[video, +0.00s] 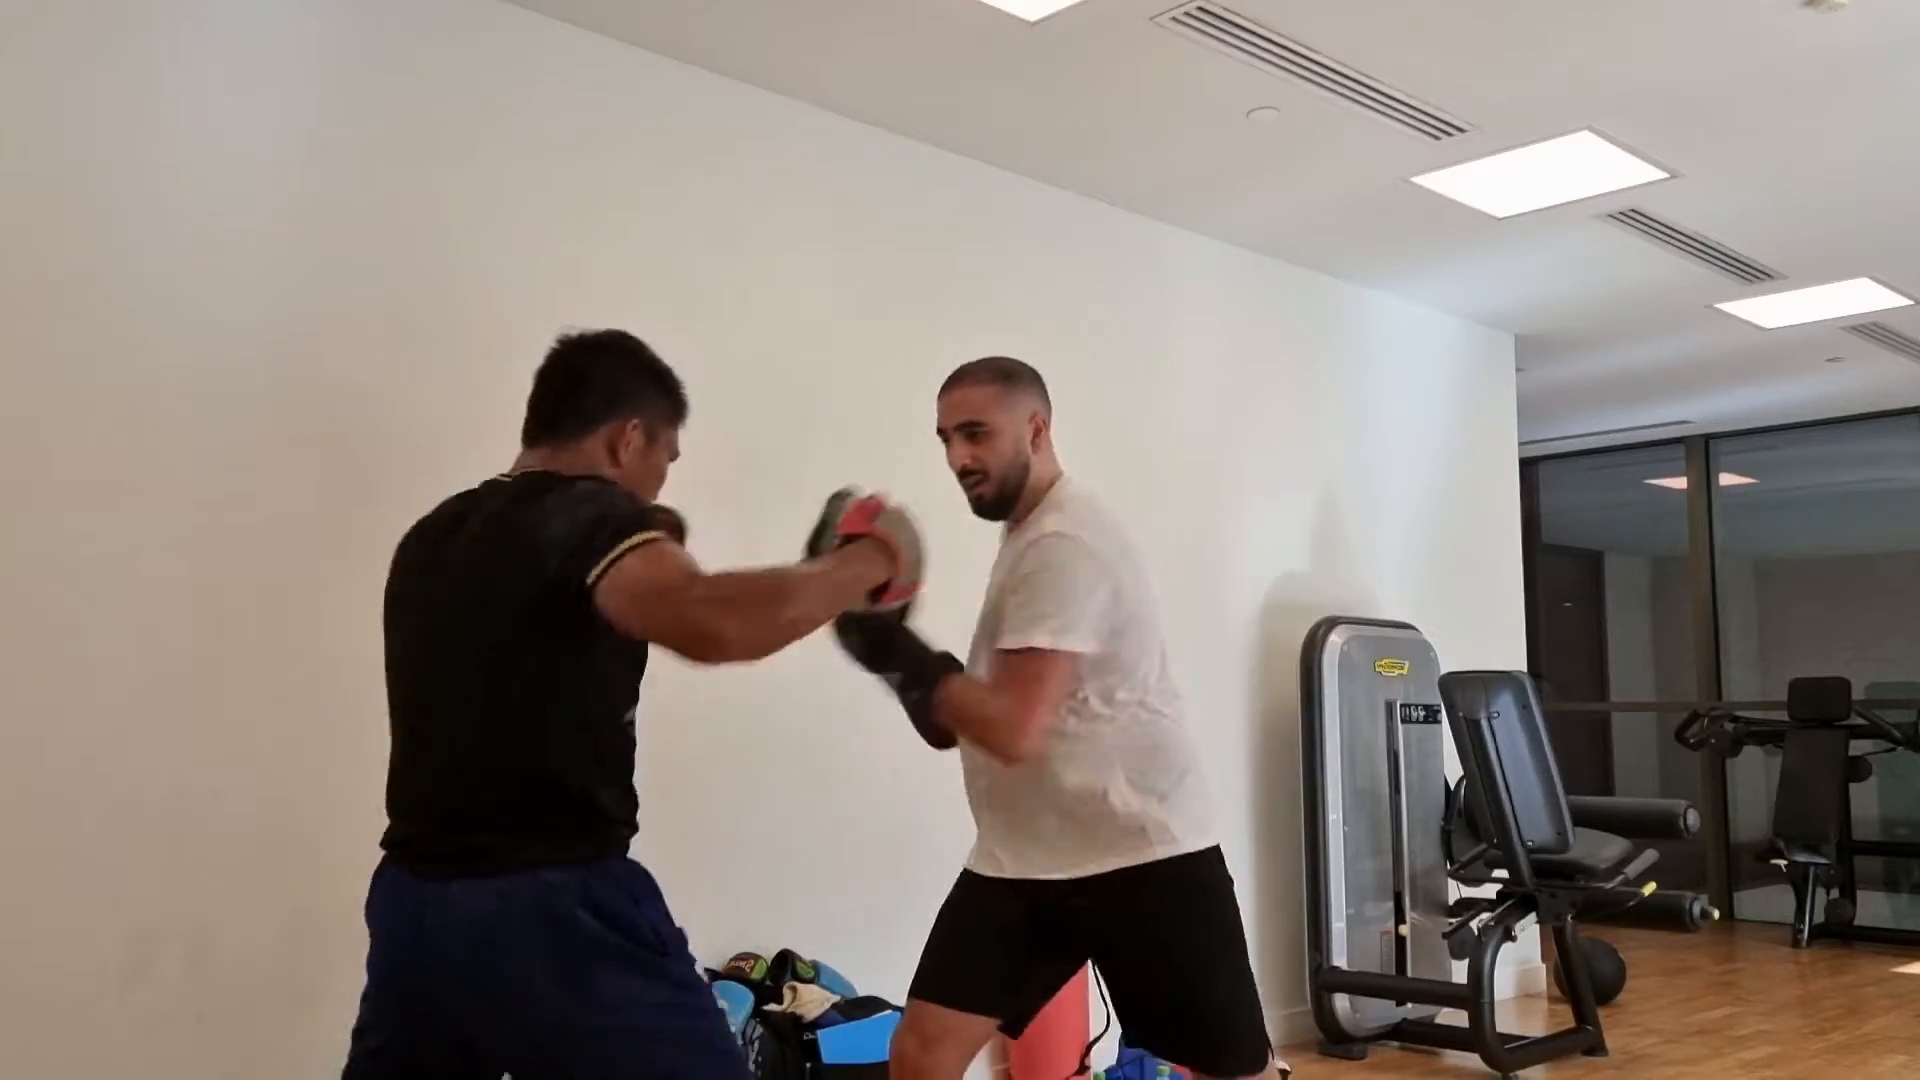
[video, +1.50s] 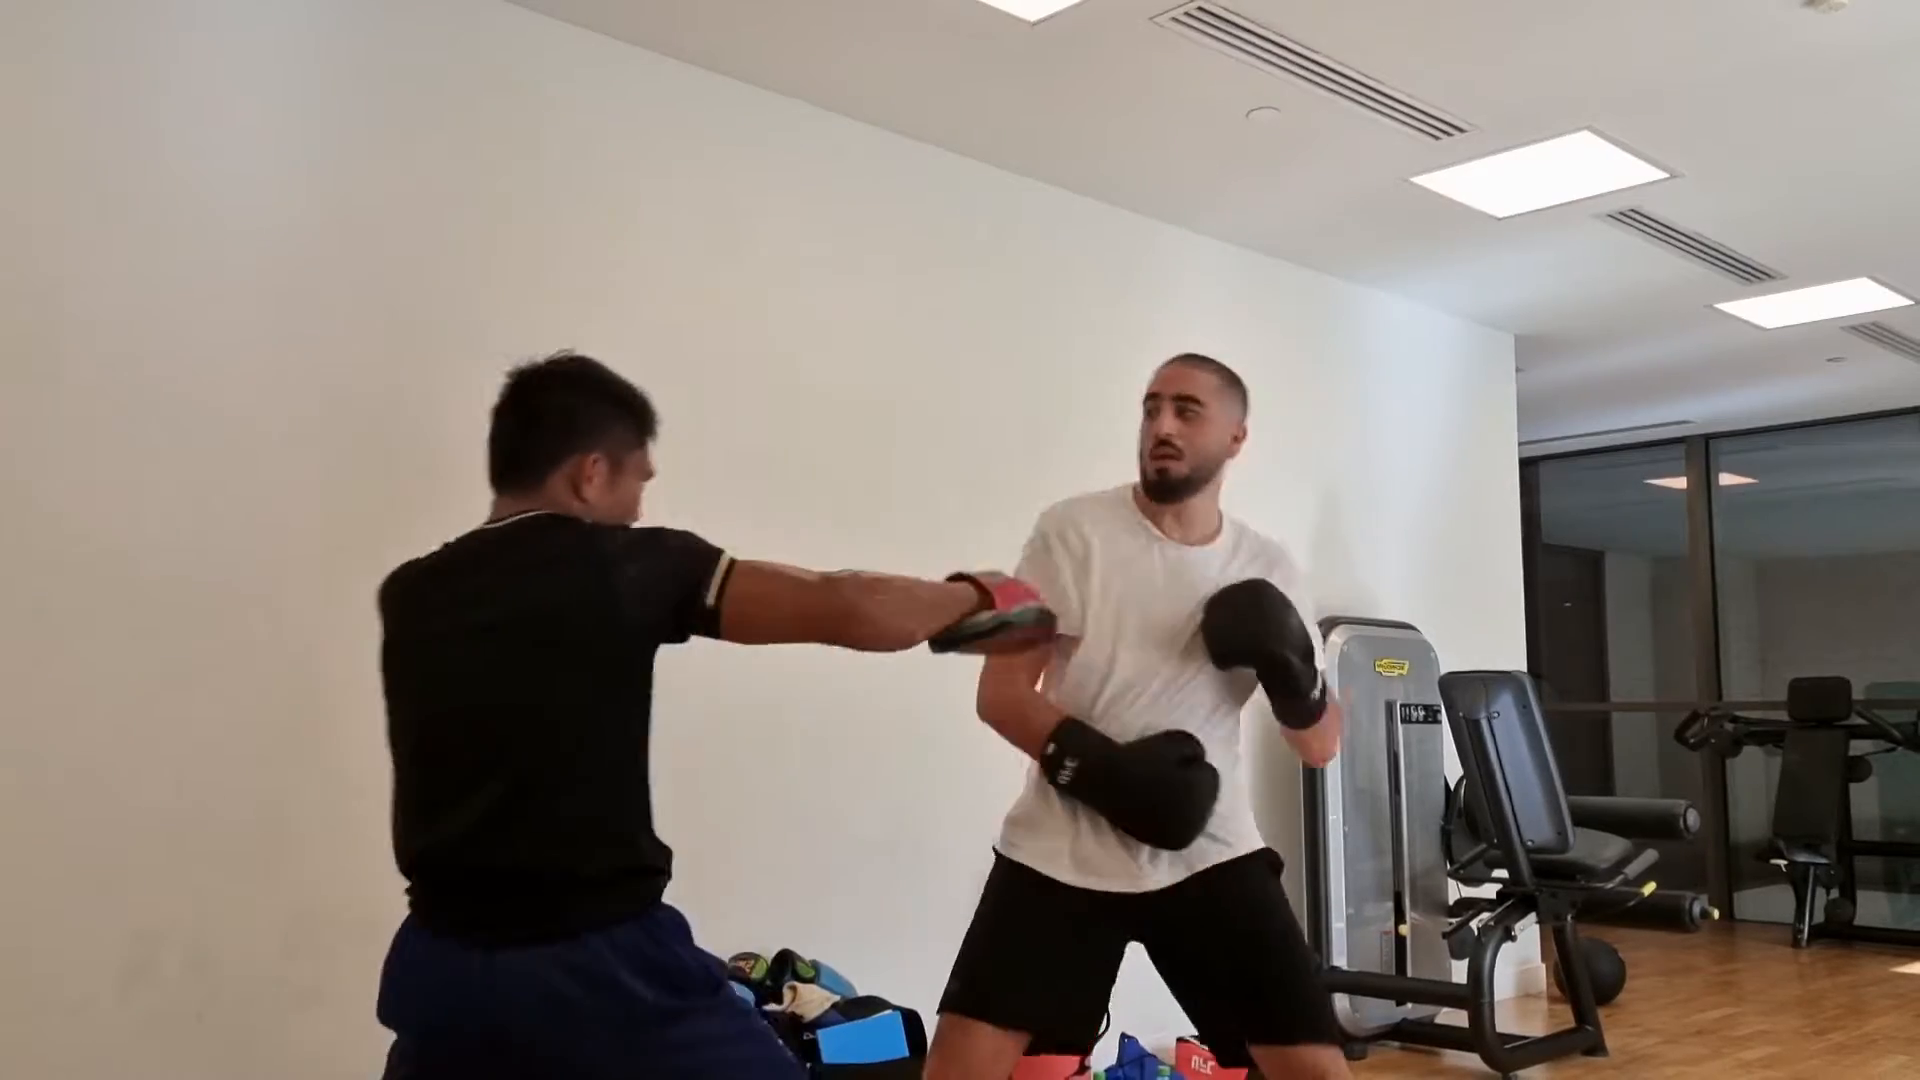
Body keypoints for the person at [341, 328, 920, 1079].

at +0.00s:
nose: (660, 489)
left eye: (666, 466)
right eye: (664, 461)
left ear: (538, 432)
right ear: (625, 440)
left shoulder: (427, 539)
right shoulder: (593, 515)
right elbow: (707, 620)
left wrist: (639, 542)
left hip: (416, 923)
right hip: (568, 922)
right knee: (701, 1064)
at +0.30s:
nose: (755, 474)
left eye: (758, 451)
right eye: (755, 448)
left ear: (627, 439)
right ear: (713, 442)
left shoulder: (539, 560)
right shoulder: (694, 538)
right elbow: (789, 717)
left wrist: (873, 682)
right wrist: (925, 667)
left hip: (495, 921)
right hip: (649, 932)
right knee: (797, 1059)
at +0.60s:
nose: (776, 465)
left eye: (781, 449)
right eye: (777, 447)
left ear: (651, 435)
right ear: (743, 439)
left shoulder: (538, 548)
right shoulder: (778, 518)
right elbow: (957, 527)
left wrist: (600, 718)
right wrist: (941, 568)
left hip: (536, 915)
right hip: (714, 921)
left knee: (472, 1068)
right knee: (822, 1063)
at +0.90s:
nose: (840, 470)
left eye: (846, 441)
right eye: (843, 438)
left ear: (779, 430)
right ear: (798, 429)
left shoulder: (745, 535)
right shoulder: (707, 525)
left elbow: (868, 576)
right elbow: (786, 689)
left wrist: (1016, 545)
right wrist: (862, 605)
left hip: (575, 893)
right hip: (664, 907)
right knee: (795, 1065)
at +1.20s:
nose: (722, 479)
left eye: (728, 462)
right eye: (720, 459)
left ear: (593, 434)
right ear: (676, 448)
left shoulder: (498, 550)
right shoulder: (680, 548)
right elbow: (882, 640)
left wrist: (699, 537)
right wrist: (941, 608)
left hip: (474, 935)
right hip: (626, 942)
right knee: (782, 1062)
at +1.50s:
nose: (643, 507)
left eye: (649, 486)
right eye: (642, 484)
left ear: (505, 477)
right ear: (588, 475)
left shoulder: (408, 593)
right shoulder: (626, 565)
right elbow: (841, 609)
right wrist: (972, 596)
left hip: (443, 984)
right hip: (616, 979)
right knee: (772, 1062)